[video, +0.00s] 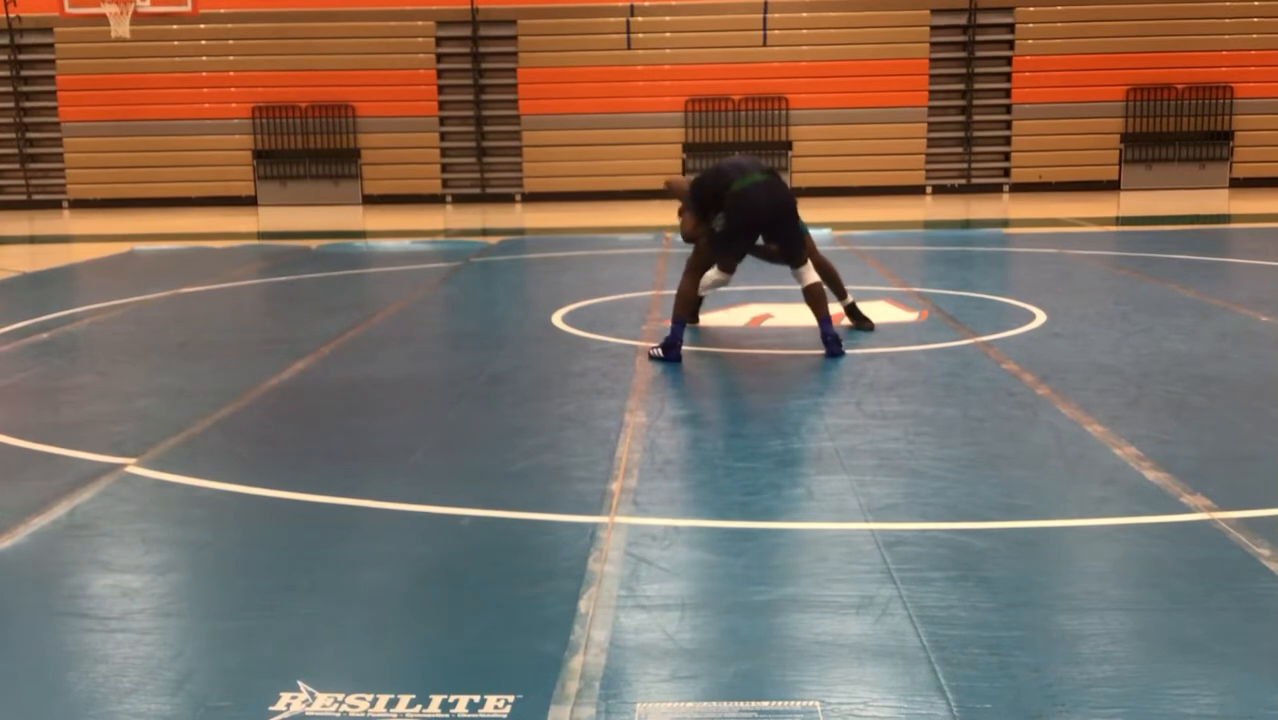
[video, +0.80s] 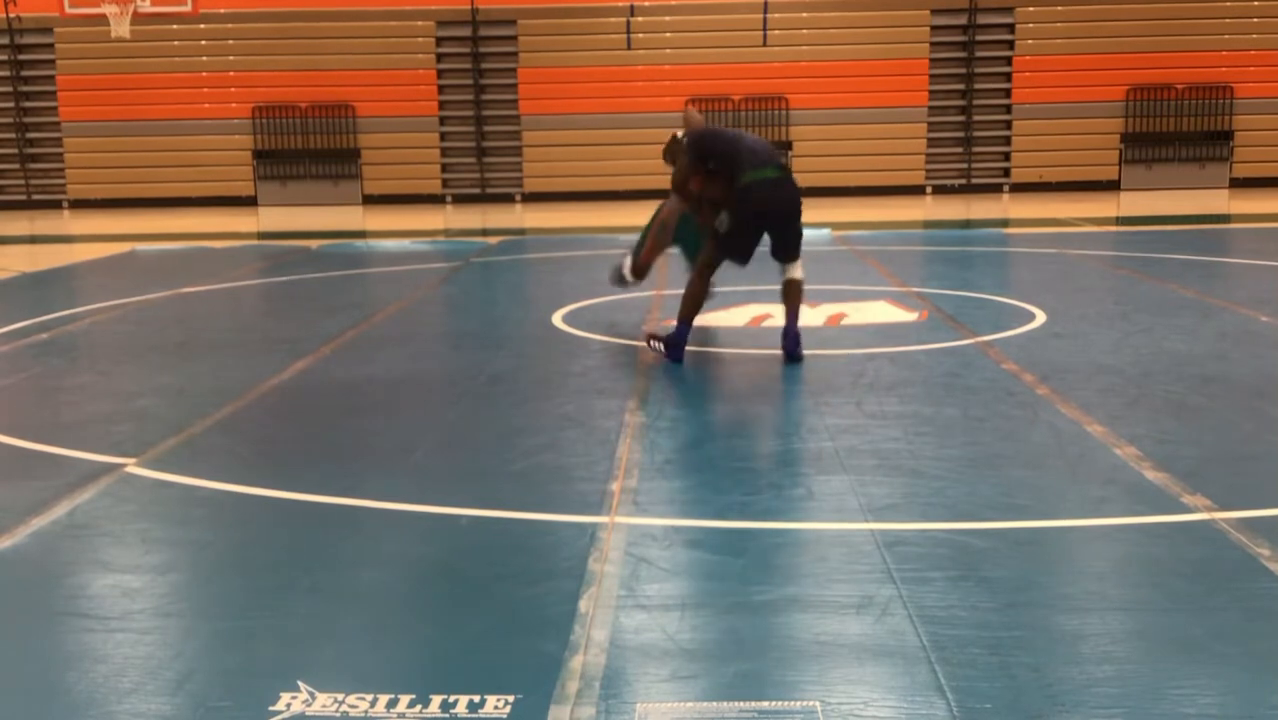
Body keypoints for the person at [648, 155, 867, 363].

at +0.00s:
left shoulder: (699, 188)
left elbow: (690, 233)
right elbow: (811, 259)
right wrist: (849, 305)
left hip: (739, 207)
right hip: (777, 197)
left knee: (693, 273)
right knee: (804, 269)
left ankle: (673, 343)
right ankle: (829, 336)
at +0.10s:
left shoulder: (699, 190)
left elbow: (688, 234)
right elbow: (786, 259)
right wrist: (744, 251)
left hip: (739, 205)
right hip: (776, 196)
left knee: (724, 272)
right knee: (803, 269)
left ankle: (673, 343)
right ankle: (829, 335)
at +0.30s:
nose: (693, 242)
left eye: (688, 236)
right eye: (688, 237)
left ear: (687, 214)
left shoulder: (696, 196)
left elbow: (692, 233)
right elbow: (774, 265)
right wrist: (734, 257)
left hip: (737, 211)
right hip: (779, 202)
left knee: (725, 283)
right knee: (807, 273)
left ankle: (672, 343)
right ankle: (832, 334)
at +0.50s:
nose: (689, 244)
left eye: (685, 238)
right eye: (684, 242)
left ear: (683, 218)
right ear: (698, 217)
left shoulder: (688, 197)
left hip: (746, 201)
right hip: (781, 198)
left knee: (696, 269)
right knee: (806, 271)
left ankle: (672, 344)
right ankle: (833, 337)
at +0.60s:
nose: (687, 221)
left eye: (682, 218)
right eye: (682, 219)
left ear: (678, 203)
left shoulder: (687, 185)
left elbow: (696, 235)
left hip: (746, 207)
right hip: (783, 200)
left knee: (693, 269)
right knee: (805, 271)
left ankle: (674, 341)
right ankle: (832, 334)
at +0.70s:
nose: (671, 195)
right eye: (668, 191)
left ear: (673, 176)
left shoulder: (686, 167)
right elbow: (732, 251)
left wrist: (662, 269)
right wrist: (764, 275)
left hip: (743, 208)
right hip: (780, 202)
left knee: (693, 272)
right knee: (802, 268)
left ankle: (672, 342)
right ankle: (827, 334)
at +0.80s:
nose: (675, 166)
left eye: (674, 161)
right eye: (673, 162)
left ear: (680, 148)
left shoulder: (695, 139)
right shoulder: (736, 142)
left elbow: (679, 185)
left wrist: (705, 213)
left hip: (747, 197)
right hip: (785, 192)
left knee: (704, 271)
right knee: (792, 266)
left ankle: (678, 340)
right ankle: (792, 337)